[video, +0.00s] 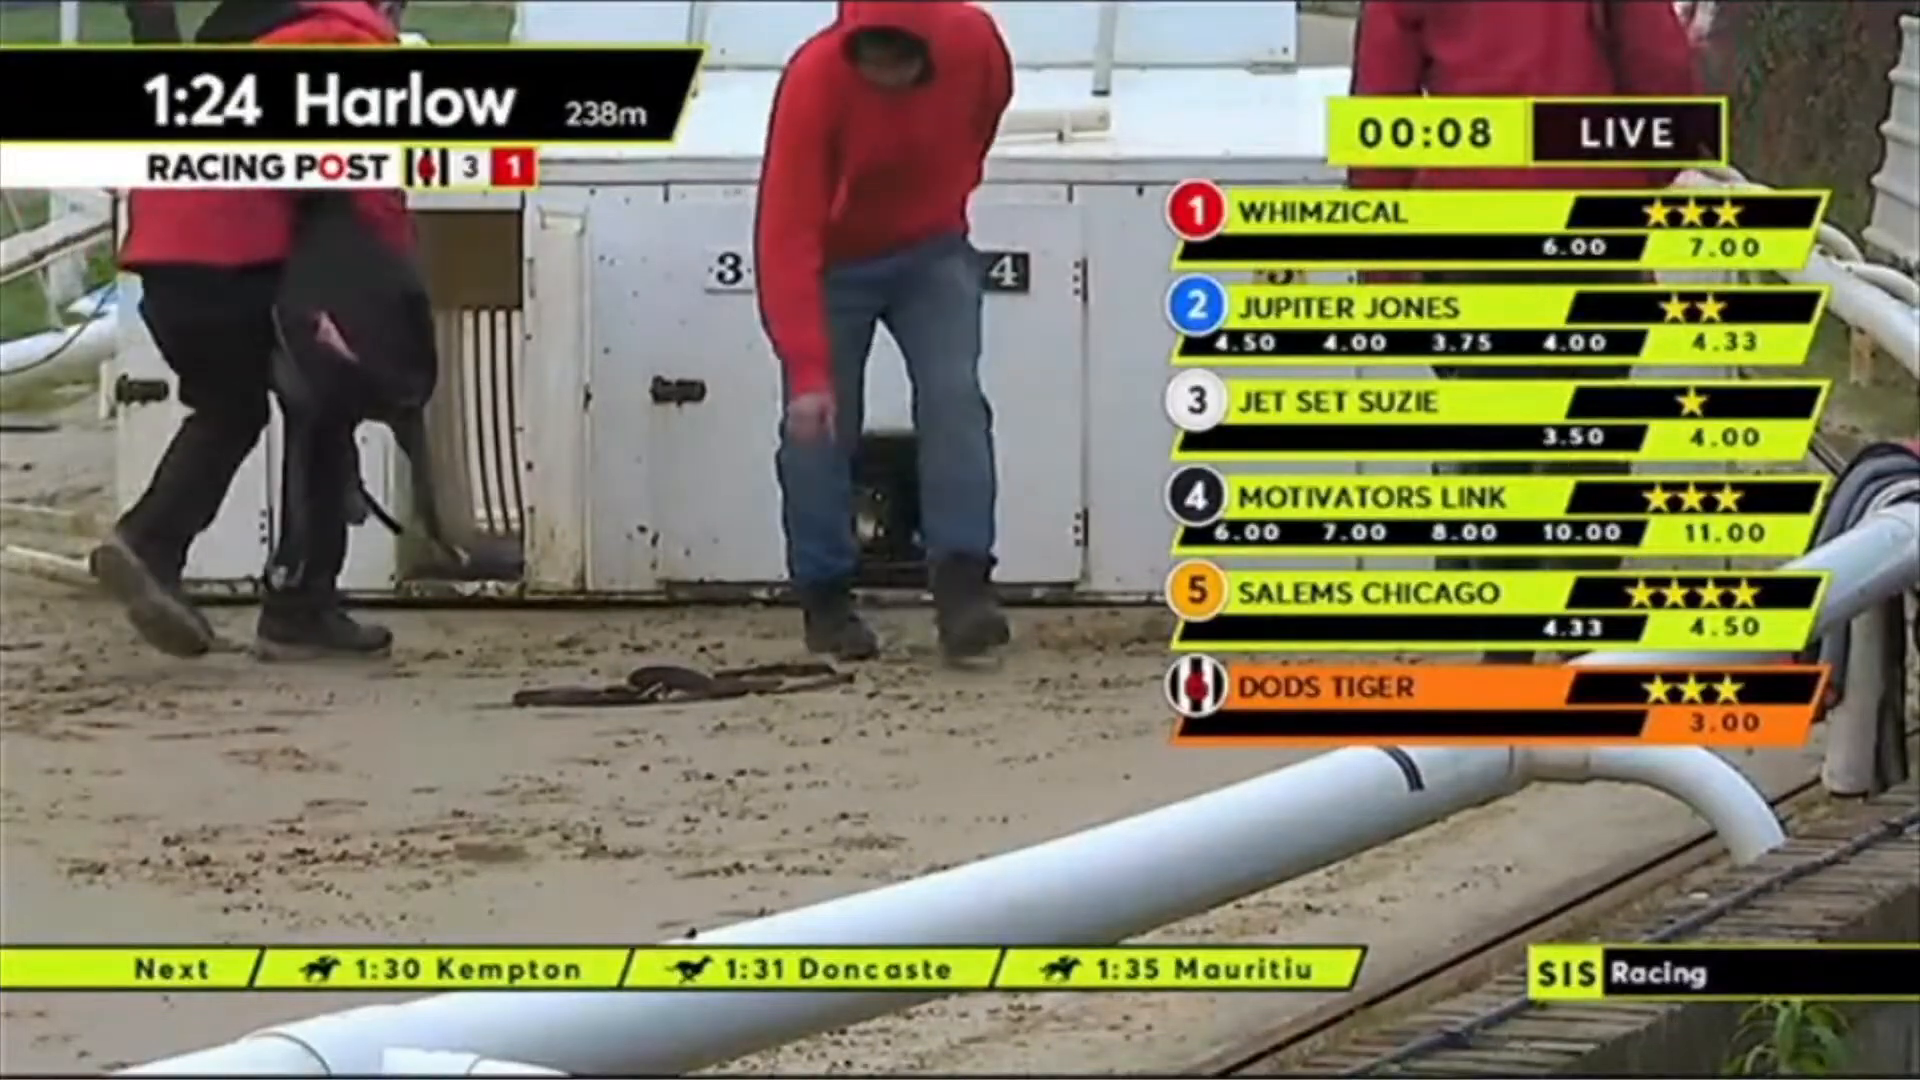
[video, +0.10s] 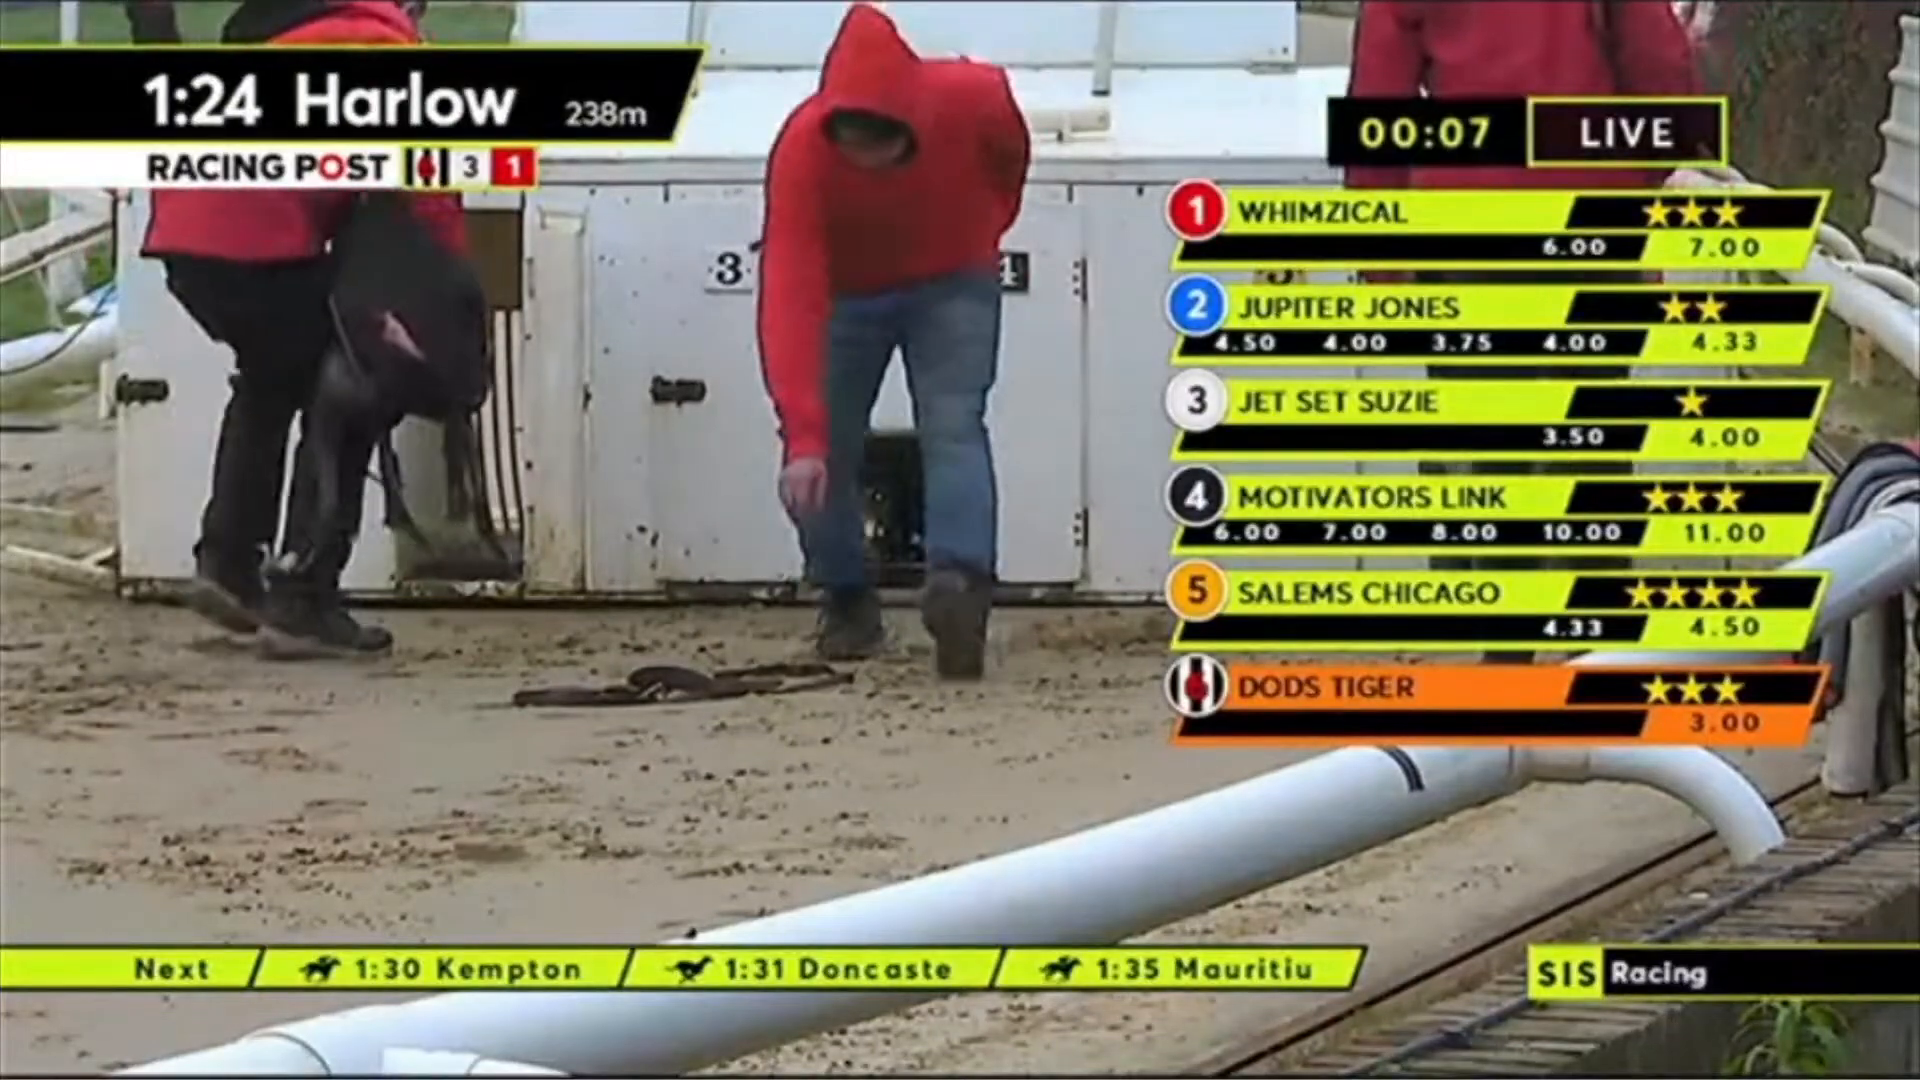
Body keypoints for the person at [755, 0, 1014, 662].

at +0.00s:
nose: (886, 66)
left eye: (901, 52)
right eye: (871, 50)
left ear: (928, 38)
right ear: (851, 36)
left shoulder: (974, 41)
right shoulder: (815, 77)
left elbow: (980, 131)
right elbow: (787, 234)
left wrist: (938, 211)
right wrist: (806, 372)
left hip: (932, 259)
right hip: (830, 271)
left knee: (952, 395)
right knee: (817, 419)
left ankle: (963, 587)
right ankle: (826, 602)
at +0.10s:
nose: (864, 153)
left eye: (879, 139)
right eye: (850, 138)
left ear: (910, 118)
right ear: (833, 122)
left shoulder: (978, 100)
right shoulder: (803, 152)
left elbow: (1010, 172)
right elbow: (793, 298)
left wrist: (983, 236)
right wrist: (803, 441)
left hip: (951, 286)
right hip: (843, 299)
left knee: (952, 425)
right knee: (823, 449)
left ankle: (959, 600)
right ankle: (846, 609)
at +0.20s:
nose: (850, 228)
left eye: (864, 213)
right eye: (836, 213)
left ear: (897, 189)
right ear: (819, 192)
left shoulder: (977, 159)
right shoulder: (799, 212)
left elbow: (1042, 201)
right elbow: (791, 354)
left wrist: (1034, 278)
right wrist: (792, 502)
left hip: (976, 293)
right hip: (872, 306)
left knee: (955, 429)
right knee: (833, 451)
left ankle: (954, 619)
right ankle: (864, 611)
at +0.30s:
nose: (852, 331)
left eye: (867, 315)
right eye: (839, 315)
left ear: (900, 280)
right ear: (818, 290)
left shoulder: (986, 215)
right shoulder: (804, 297)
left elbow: (1076, 273)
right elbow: (788, 438)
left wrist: (1106, 356)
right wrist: (777, 588)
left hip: (1004, 308)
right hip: (897, 335)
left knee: (980, 422)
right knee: (844, 485)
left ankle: (960, 621)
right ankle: (878, 607)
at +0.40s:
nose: (860, 366)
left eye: (874, 349)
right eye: (845, 350)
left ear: (905, 310)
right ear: (826, 313)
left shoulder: (991, 241)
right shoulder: (823, 306)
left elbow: (1092, 303)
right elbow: (791, 449)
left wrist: (1121, 407)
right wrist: (759, 613)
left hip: (1013, 312)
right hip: (917, 328)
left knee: (987, 434)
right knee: (871, 472)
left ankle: (963, 623)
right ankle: (893, 604)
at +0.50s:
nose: (862, 364)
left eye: (876, 344)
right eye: (845, 346)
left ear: (907, 315)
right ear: (824, 318)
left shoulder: (996, 249)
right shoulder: (827, 312)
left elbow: (1093, 318)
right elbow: (791, 451)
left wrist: (1116, 430)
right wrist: (757, 617)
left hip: (1015, 313)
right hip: (918, 330)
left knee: (986, 440)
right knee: (872, 470)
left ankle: (972, 615)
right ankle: (901, 580)